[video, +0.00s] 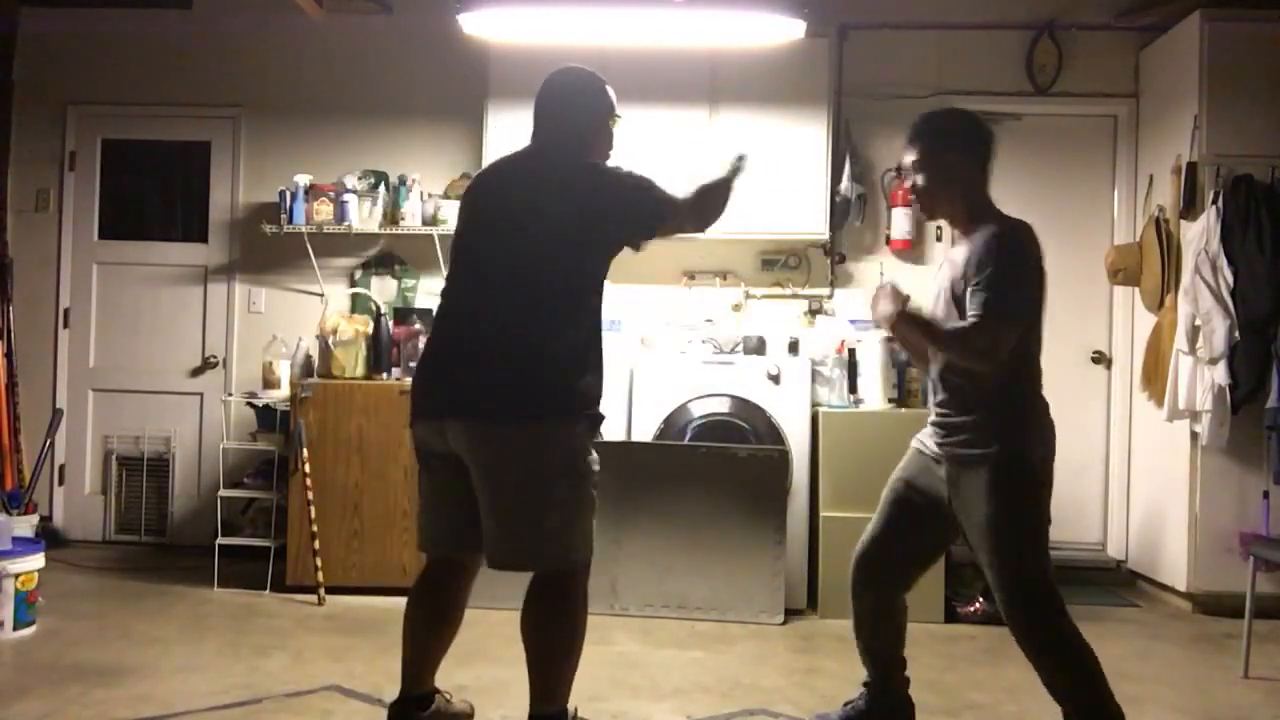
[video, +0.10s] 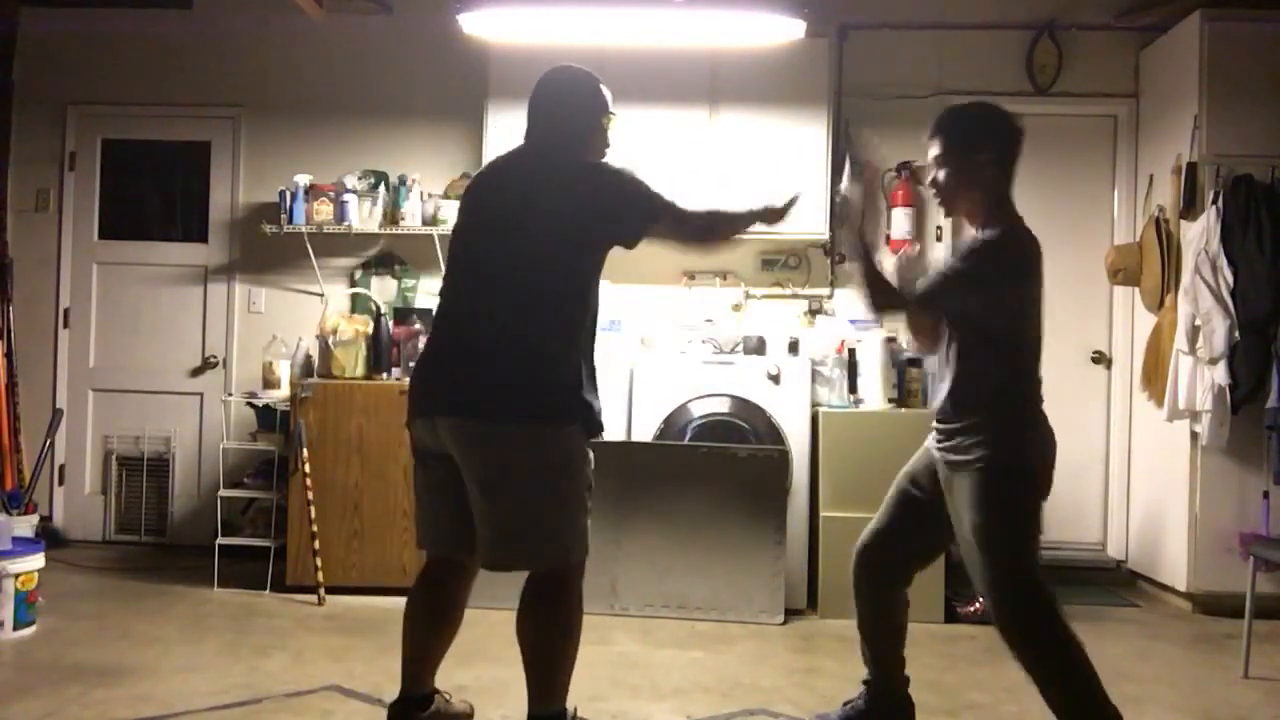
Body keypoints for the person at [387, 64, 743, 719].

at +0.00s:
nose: (614, 135)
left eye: (614, 123)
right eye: (610, 122)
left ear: (541, 119)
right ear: (592, 122)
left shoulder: (486, 181)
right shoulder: (601, 186)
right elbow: (693, 214)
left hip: (440, 398)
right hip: (535, 406)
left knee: (450, 556)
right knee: (563, 562)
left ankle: (413, 699)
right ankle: (550, 711)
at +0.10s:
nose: (611, 132)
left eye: (609, 119)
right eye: (605, 119)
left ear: (536, 119)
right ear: (585, 121)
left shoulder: (485, 182)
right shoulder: (595, 183)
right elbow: (693, 229)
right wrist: (759, 217)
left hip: (437, 395)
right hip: (529, 405)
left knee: (450, 556)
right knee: (556, 564)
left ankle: (413, 699)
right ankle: (548, 714)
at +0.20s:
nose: (603, 131)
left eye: (602, 118)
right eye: (596, 117)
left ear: (530, 118)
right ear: (570, 120)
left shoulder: (489, 181)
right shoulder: (574, 192)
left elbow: (574, 247)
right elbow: (645, 271)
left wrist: (611, 182)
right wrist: (697, 288)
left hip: (440, 395)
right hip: (527, 404)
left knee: (451, 556)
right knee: (556, 560)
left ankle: (412, 701)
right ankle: (547, 712)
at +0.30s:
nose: (604, 136)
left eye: (603, 121)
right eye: (595, 121)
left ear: (537, 120)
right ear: (561, 121)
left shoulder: (501, 178)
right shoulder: (550, 183)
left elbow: (605, 234)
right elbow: (541, 291)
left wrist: (668, 180)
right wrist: (616, 338)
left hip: (446, 394)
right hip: (523, 401)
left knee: (451, 554)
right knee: (563, 558)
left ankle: (412, 700)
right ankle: (546, 713)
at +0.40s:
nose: (607, 134)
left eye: (606, 119)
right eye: (600, 117)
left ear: (536, 115)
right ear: (568, 117)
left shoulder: (497, 178)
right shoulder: (550, 174)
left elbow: (565, 252)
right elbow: (562, 246)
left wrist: (634, 249)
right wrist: (644, 247)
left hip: (445, 392)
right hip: (524, 398)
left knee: (452, 554)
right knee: (564, 554)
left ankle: (412, 699)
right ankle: (546, 713)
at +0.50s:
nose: (612, 130)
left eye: (611, 116)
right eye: (604, 116)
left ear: (541, 115)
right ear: (573, 115)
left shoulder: (505, 182)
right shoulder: (557, 176)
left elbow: (559, 289)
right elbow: (650, 205)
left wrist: (632, 279)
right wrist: (731, 192)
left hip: (448, 397)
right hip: (525, 404)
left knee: (454, 556)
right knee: (559, 558)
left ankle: (412, 696)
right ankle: (547, 712)